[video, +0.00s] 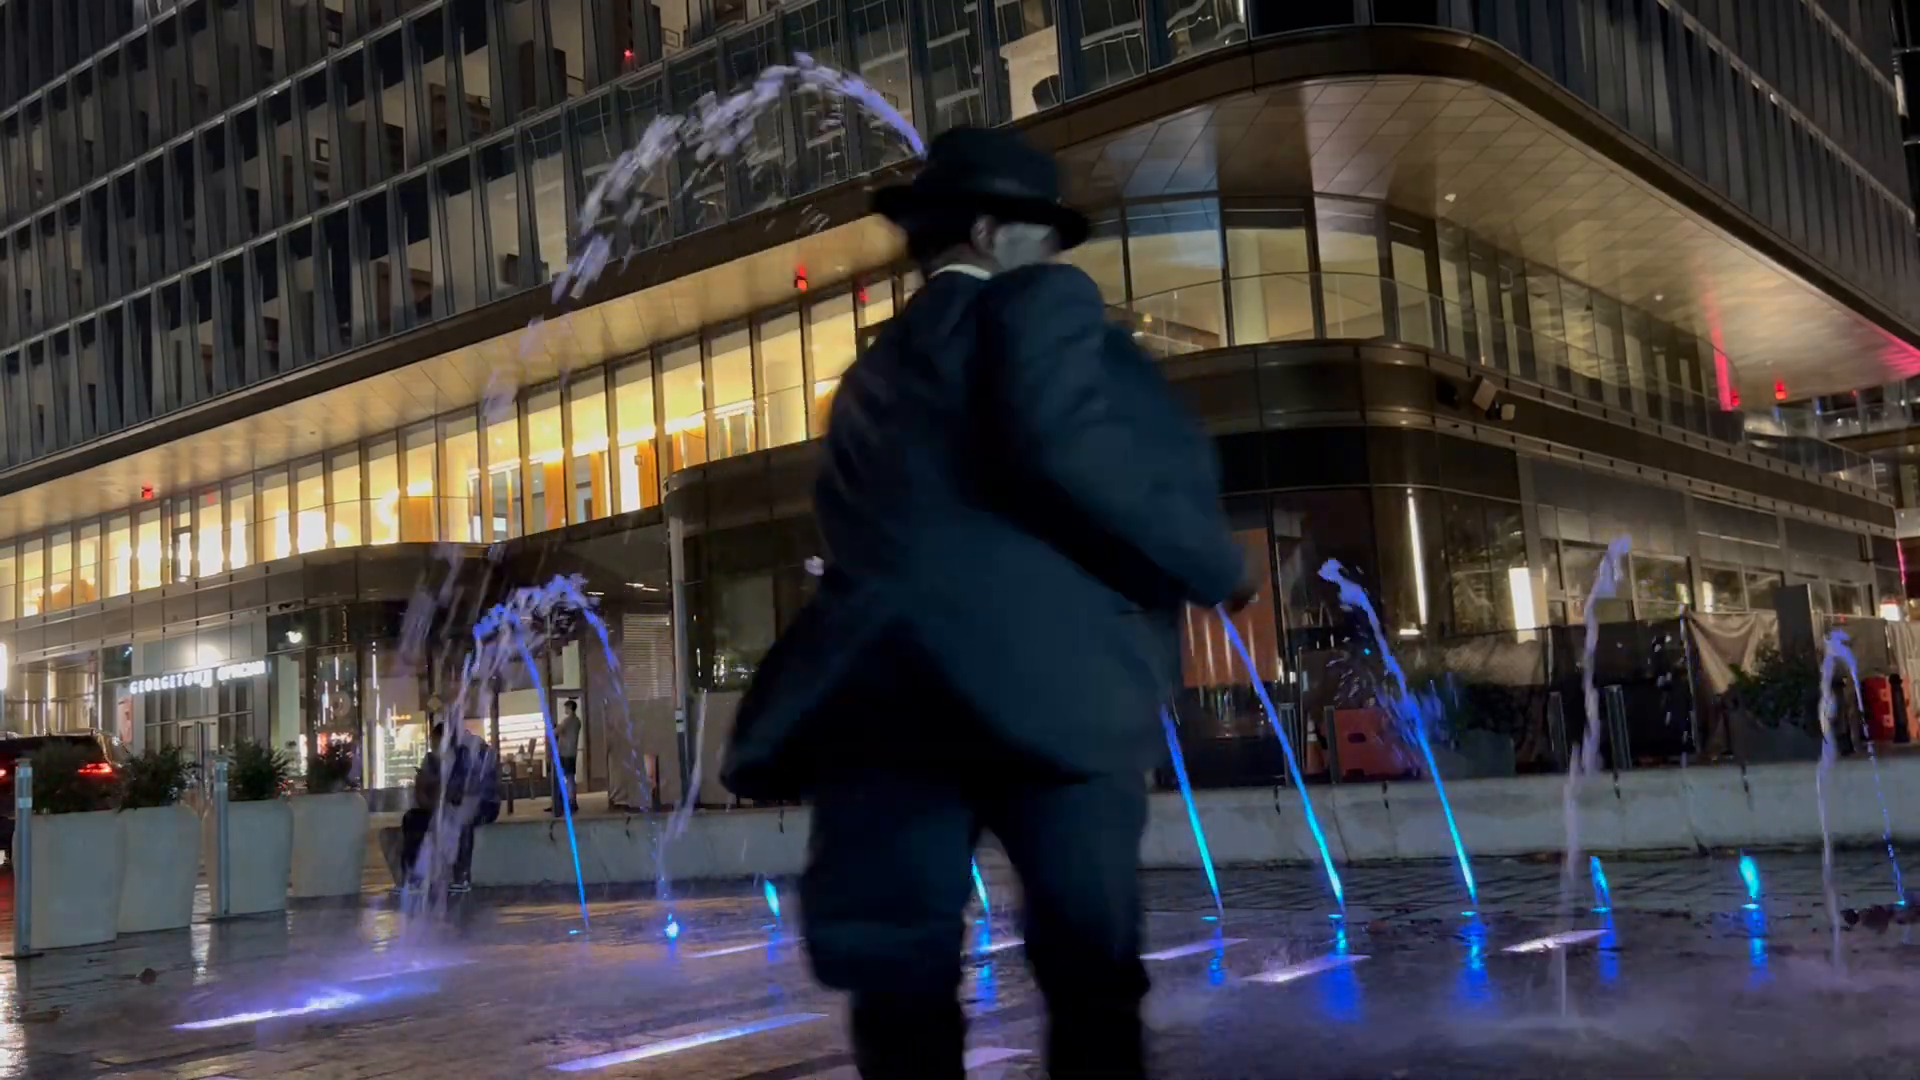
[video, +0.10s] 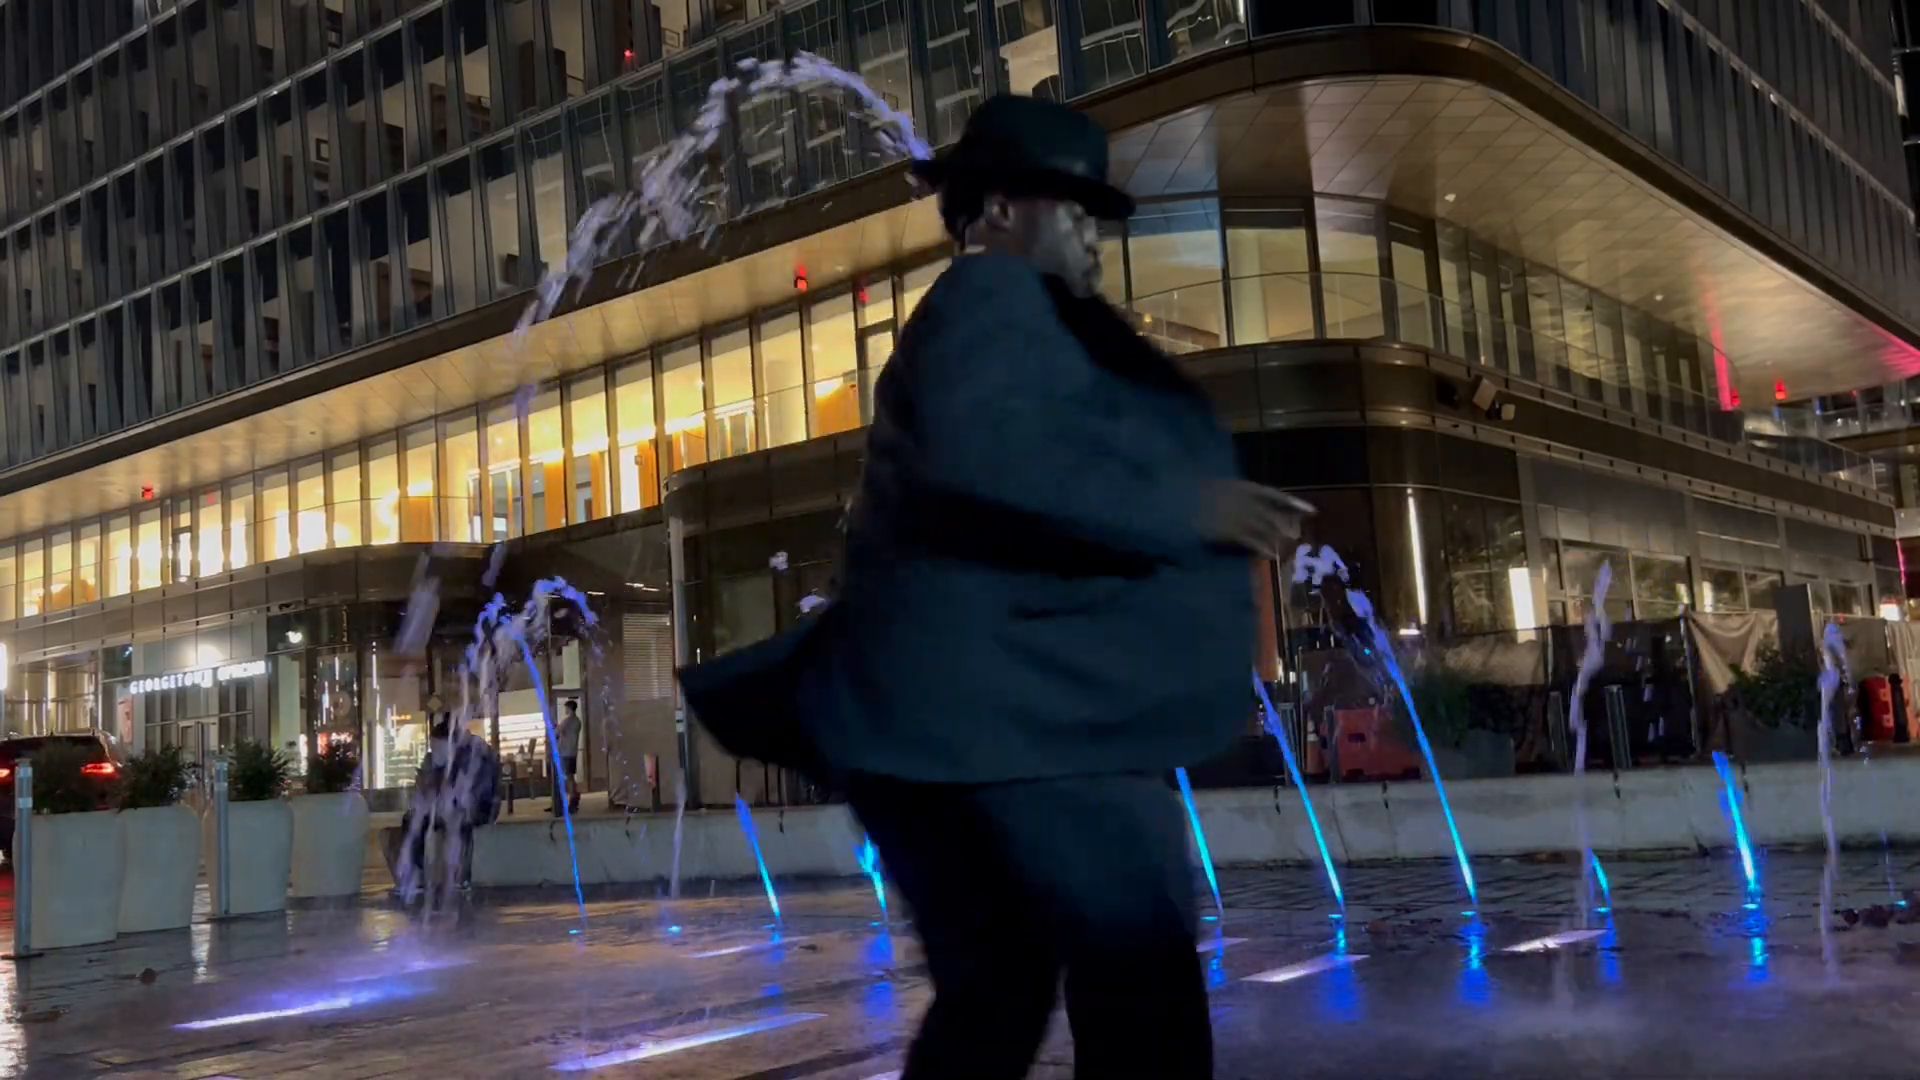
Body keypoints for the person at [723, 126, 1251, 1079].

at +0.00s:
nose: (1060, 248)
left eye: (1056, 230)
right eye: (1047, 229)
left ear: (933, 240)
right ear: (1002, 231)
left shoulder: (871, 369)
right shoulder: (1036, 299)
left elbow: (846, 523)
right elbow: (1067, 434)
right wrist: (1216, 564)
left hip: (880, 702)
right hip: (1041, 686)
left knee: (900, 994)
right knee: (1093, 989)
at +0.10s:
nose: (1094, 242)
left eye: (1097, 221)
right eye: (1078, 216)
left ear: (1009, 212)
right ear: (1002, 211)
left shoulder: (962, 312)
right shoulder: (996, 297)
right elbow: (985, 451)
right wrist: (1194, 505)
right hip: (994, 723)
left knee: (993, 988)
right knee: (1145, 984)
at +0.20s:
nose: (1094, 212)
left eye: (1096, 189)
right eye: (1073, 184)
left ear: (1009, 191)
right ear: (989, 184)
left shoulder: (1025, 326)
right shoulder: (919, 279)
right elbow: (835, 436)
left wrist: (1081, 558)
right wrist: (1037, 480)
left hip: (998, 680)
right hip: (942, 687)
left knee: (1074, 926)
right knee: (1087, 923)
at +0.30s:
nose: (1057, 184)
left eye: (1060, 160)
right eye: (1032, 155)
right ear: (948, 158)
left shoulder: (1072, 319)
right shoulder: (831, 283)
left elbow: (1094, 482)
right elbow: (718, 443)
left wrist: (1127, 565)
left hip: (1067, 681)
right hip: (923, 687)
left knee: (1101, 990)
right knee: (1016, 988)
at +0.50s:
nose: (858, 242)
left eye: (880, 219)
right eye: (833, 219)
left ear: (908, 235)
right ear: (797, 239)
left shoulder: (1003, 340)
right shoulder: (760, 422)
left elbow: (1129, 486)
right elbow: (724, 592)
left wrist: (1144, 604)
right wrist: (797, 608)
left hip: (1031, 705)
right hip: (888, 737)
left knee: (1024, 982)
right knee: (844, 938)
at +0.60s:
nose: (787, 227)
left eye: (811, 201)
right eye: (772, 204)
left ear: (864, 209)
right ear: (758, 218)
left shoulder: (949, 305)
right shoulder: (770, 392)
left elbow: (1097, 446)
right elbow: (788, 561)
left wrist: (1025, 567)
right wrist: (806, 601)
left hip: (990, 670)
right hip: (877, 700)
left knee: (925, 917)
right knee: (872, 923)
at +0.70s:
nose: (753, 211)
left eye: (778, 184)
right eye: (738, 190)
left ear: (839, 188)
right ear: (727, 200)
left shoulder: (907, 275)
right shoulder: (780, 341)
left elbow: (1022, 424)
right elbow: (825, 512)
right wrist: (778, 556)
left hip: (958, 655)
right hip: (892, 664)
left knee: (819, 907)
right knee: (965, 931)